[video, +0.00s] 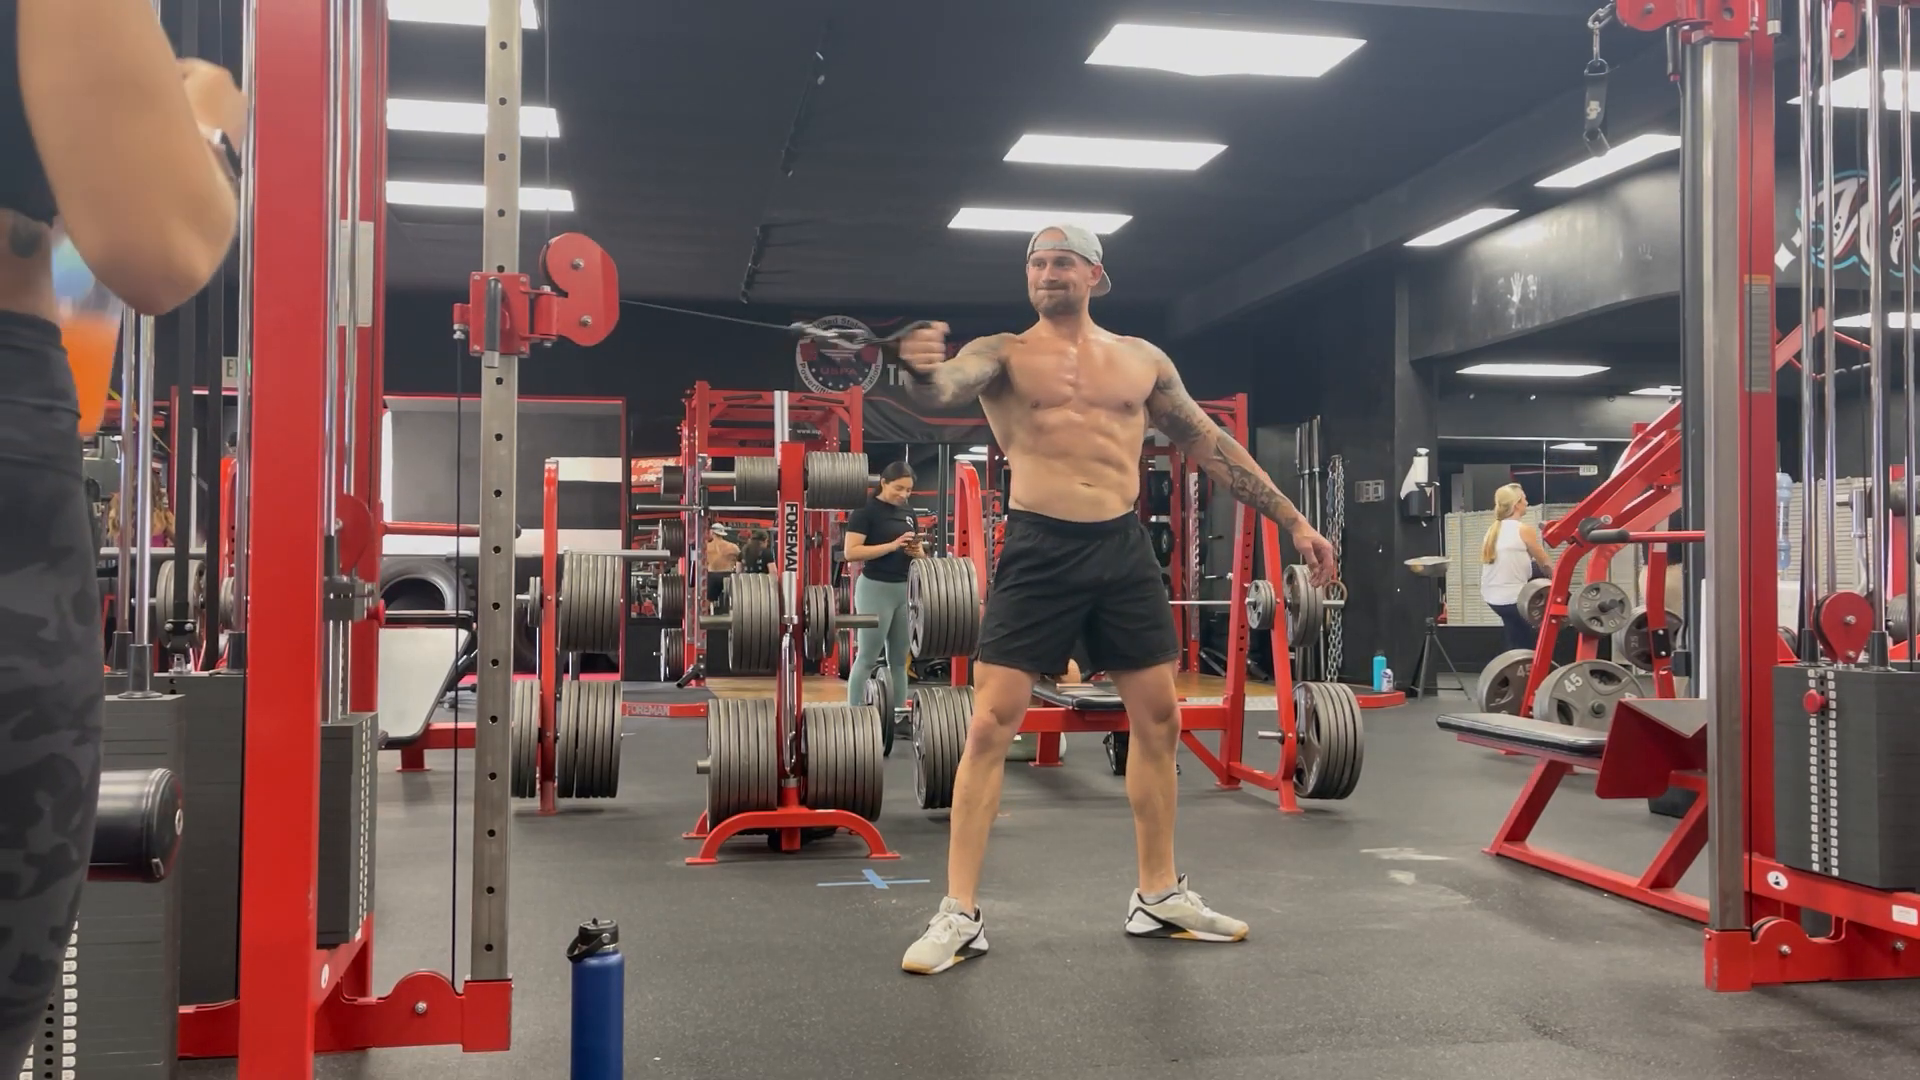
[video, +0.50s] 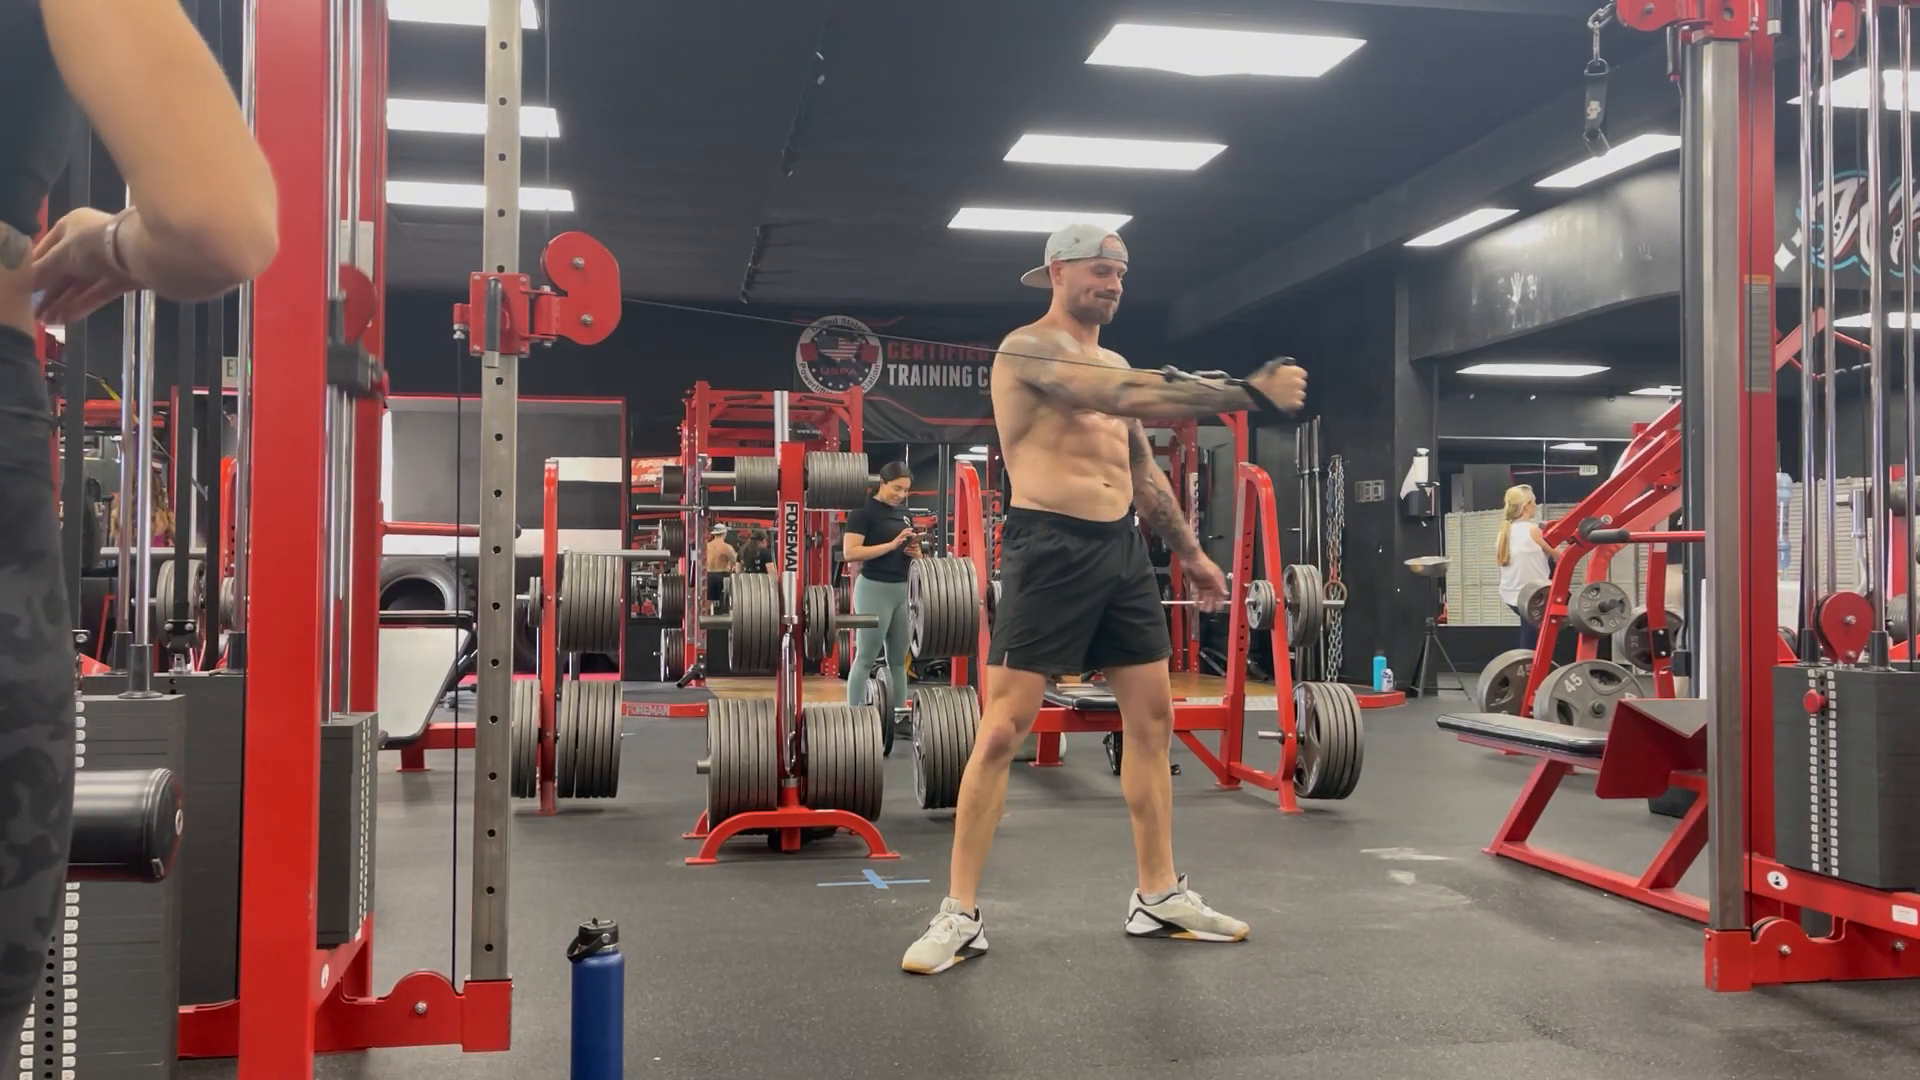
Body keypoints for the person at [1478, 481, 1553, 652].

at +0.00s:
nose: (1526, 503)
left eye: (1525, 499)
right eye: (1524, 500)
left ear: (1503, 506)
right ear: (1516, 505)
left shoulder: (1493, 529)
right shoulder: (1523, 529)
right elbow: (1544, 561)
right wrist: (1556, 579)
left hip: (1492, 598)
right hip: (1514, 600)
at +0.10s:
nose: (1528, 504)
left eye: (1527, 500)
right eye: (1525, 500)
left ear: (1505, 505)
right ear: (1518, 505)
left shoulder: (1496, 529)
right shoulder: (1524, 529)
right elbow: (1547, 560)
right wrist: (1556, 575)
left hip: (1495, 597)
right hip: (1516, 599)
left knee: (1519, 641)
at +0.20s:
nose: (1529, 503)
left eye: (1528, 499)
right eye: (1526, 500)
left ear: (1505, 505)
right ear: (1519, 505)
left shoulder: (1498, 529)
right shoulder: (1526, 529)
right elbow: (1549, 559)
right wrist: (1557, 576)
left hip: (1498, 597)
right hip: (1520, 598)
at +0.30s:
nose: (1530, 505)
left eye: (1529, 501)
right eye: (1528, 501)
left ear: (1505, 505)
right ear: (1520, 505)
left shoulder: (1500, 530)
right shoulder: (1527, 529)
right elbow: (1553, 557)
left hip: (1503, 596)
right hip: (1524, 597)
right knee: (1527, 643)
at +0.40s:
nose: (1532, 506)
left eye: (1531, 502)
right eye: (1530, 502)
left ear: (1508, 506)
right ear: (1522, 506)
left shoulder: (1501, 530)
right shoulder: (1529, 529)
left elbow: (1499, 559)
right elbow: (1554, 556)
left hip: (1506, 595)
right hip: (1529, 596)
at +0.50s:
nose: (1535, 506)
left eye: (1534, 502)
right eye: (1533, 503)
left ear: (1512, 507)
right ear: (1526, 506)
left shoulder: (1504, 531)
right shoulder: (1533, 530)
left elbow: (1500, 561)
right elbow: (1553, 553)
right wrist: (1560, 554)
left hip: (1509, 595)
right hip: (1533, 595)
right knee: (1529, 640)